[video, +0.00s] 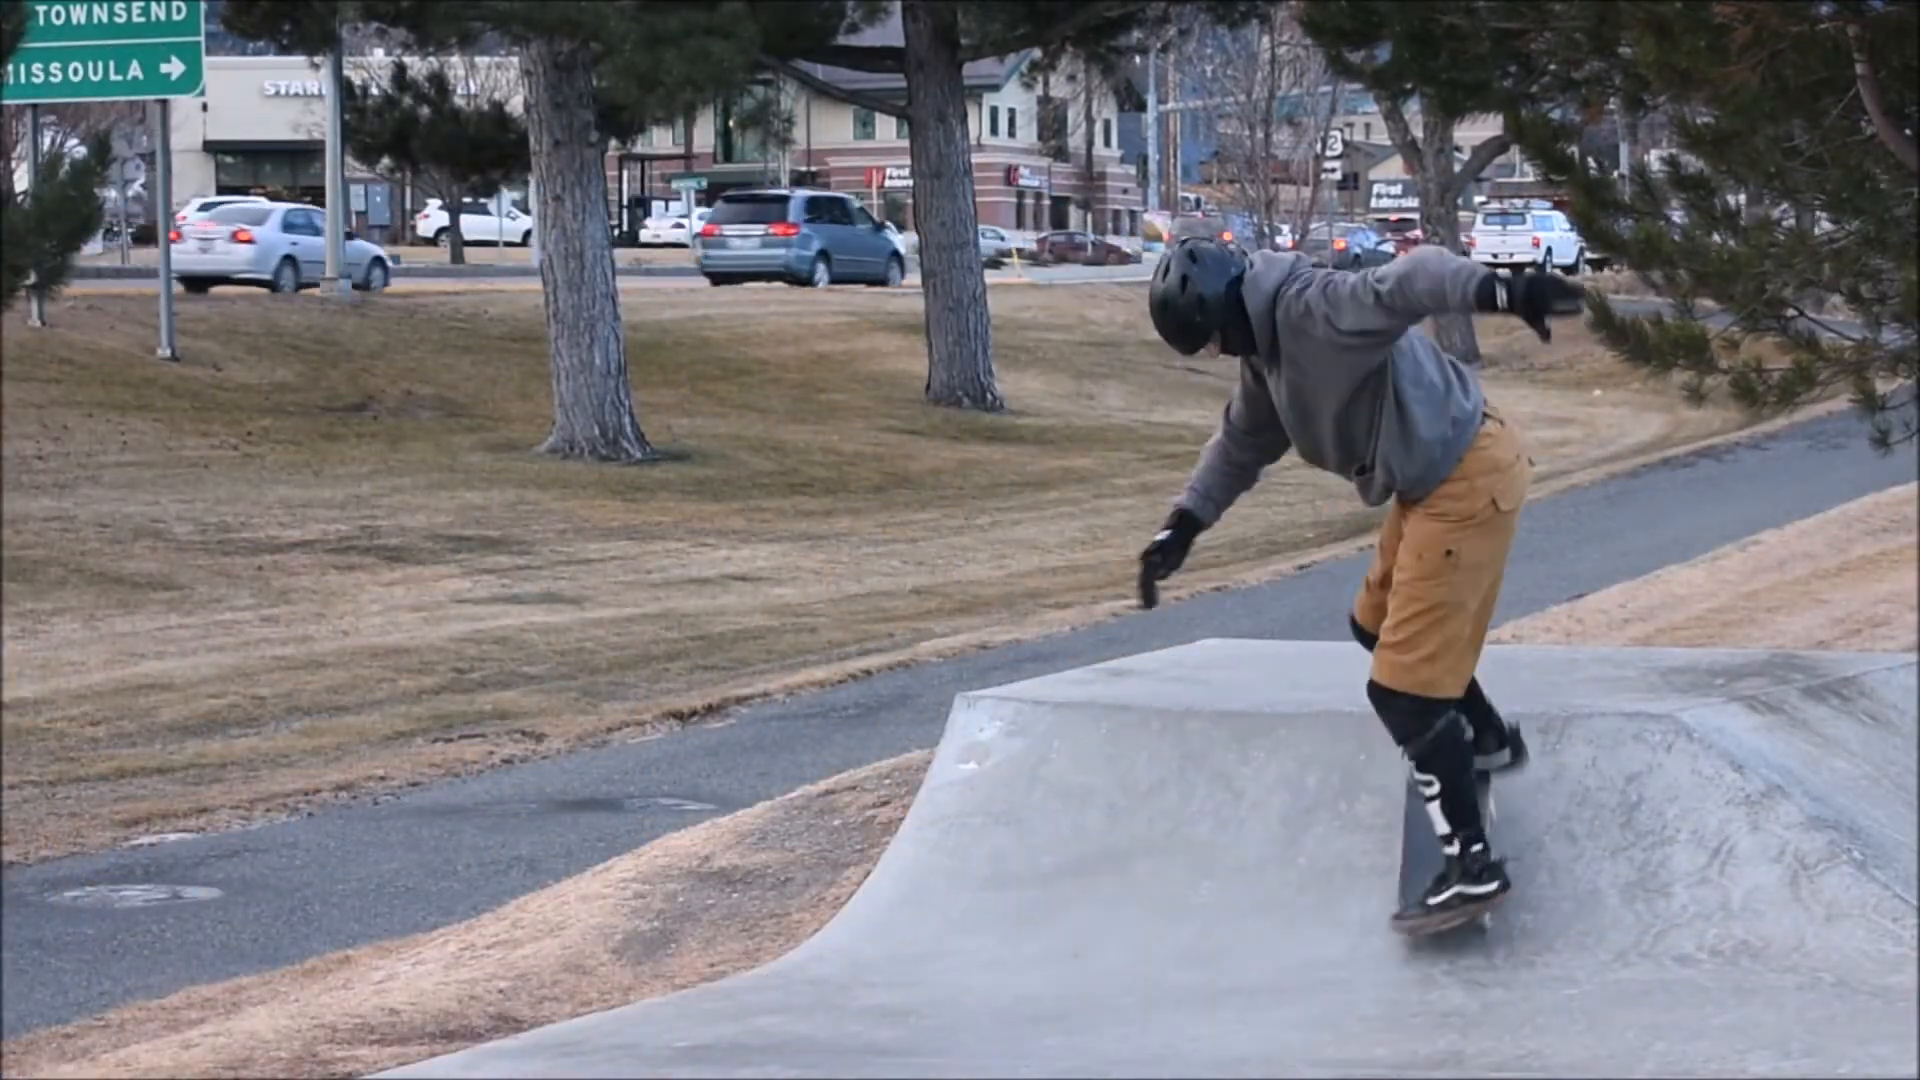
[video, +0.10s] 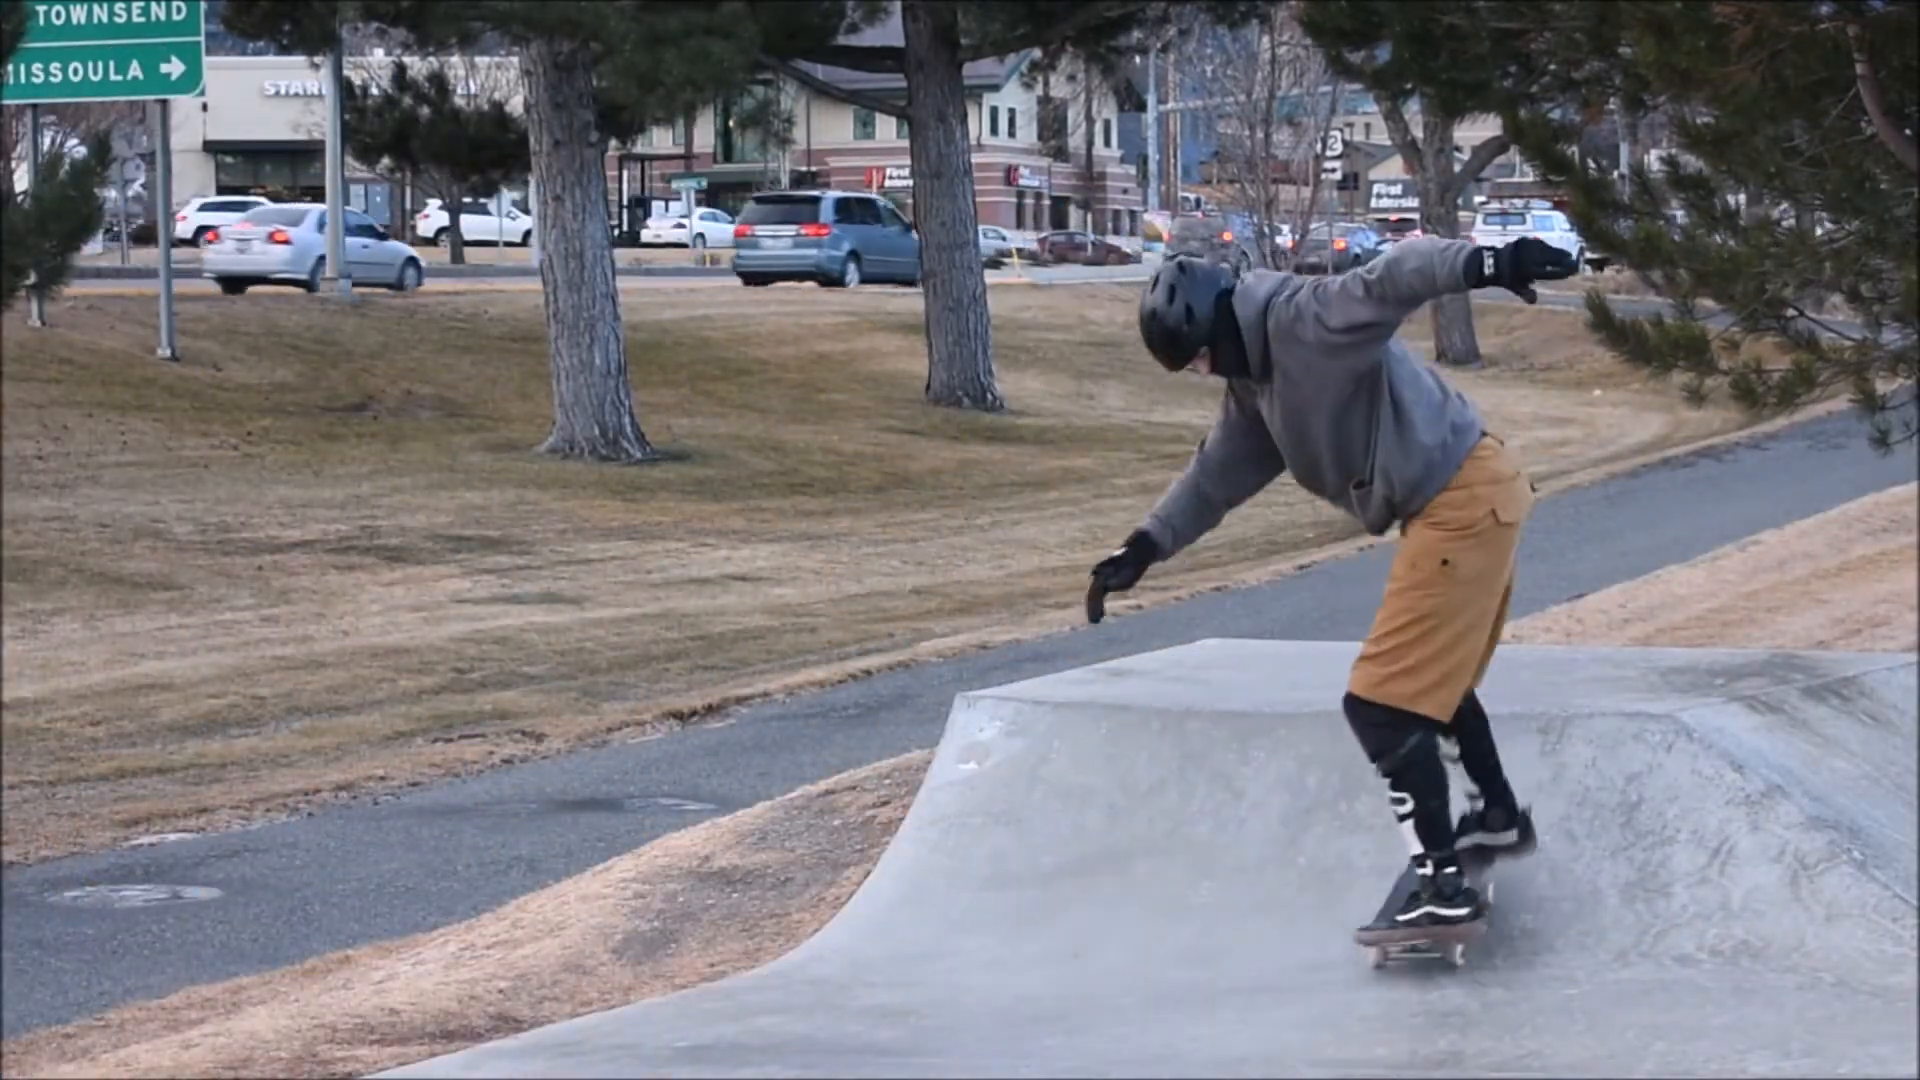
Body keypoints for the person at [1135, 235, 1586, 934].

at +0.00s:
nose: (1218, 349)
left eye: (1212, 335)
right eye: (1206, 343)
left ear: (1225, 302)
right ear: (1223, 302)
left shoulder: (1314, 305)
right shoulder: (1269, 358)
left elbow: (1400, 283)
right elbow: (1240, 444)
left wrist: (1501, 287)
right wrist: (1183, 526)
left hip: (1468, 471)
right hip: (1425, 478)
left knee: (1406, 683)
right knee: (1379, 624)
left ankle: (1472, 863)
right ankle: (1486, 735)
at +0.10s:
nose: (1204, 370)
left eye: (1200, 355)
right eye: (1193, 362)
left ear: (1217, 318)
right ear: (1209, 325)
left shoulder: (1301, 315)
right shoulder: (1259, 386)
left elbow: (1386, 277)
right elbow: (1216, 474)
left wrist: (1488, 263)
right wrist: (1140, 548)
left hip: (1465, 497)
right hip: (1459, 494)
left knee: (1380, 703)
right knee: (1437, 679)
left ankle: (1439, 878)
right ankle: (1497, 812)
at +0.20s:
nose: (1189, 378)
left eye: (1186, 362)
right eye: (1177, 371)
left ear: (1207, 322)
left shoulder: (1290, 326)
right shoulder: (1247, 401)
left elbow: (1388, 290)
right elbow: (1218, 497)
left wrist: (1500, 281)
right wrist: (1149, 563)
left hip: (1452, 510)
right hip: (1460, 508)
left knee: (1350, 712)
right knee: (1427, 721)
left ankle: (1421, 899)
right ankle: (1486, 868)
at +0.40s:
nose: (1152, 340)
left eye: (1153, 321)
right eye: (1141, 329)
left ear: (1183, 293)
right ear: (1155, 313)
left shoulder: (1264, 324)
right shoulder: (1224, 374)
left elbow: (1389, 366)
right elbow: (1238, 501)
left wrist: (1457, 456)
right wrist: (1188, 582)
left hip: (1411, 523)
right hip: (1396, 530)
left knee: (1299, 724)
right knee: (1364, 739)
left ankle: (1376, 919)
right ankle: (1442, 893)